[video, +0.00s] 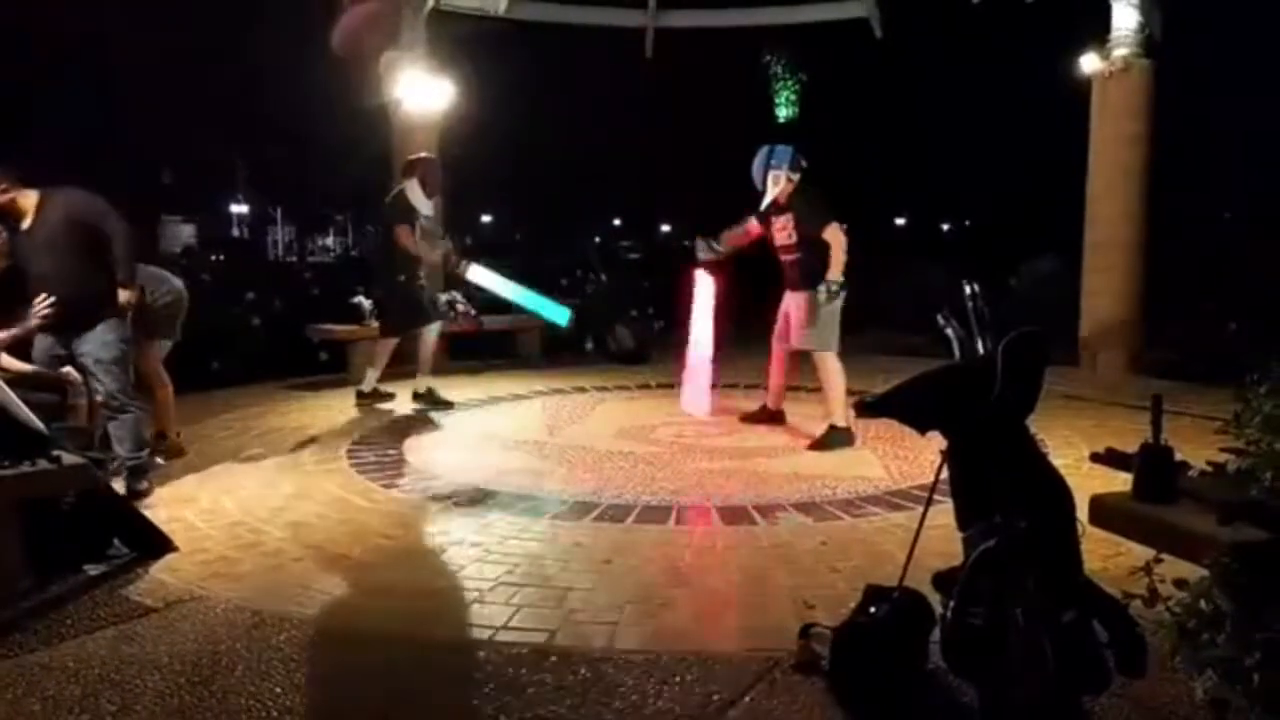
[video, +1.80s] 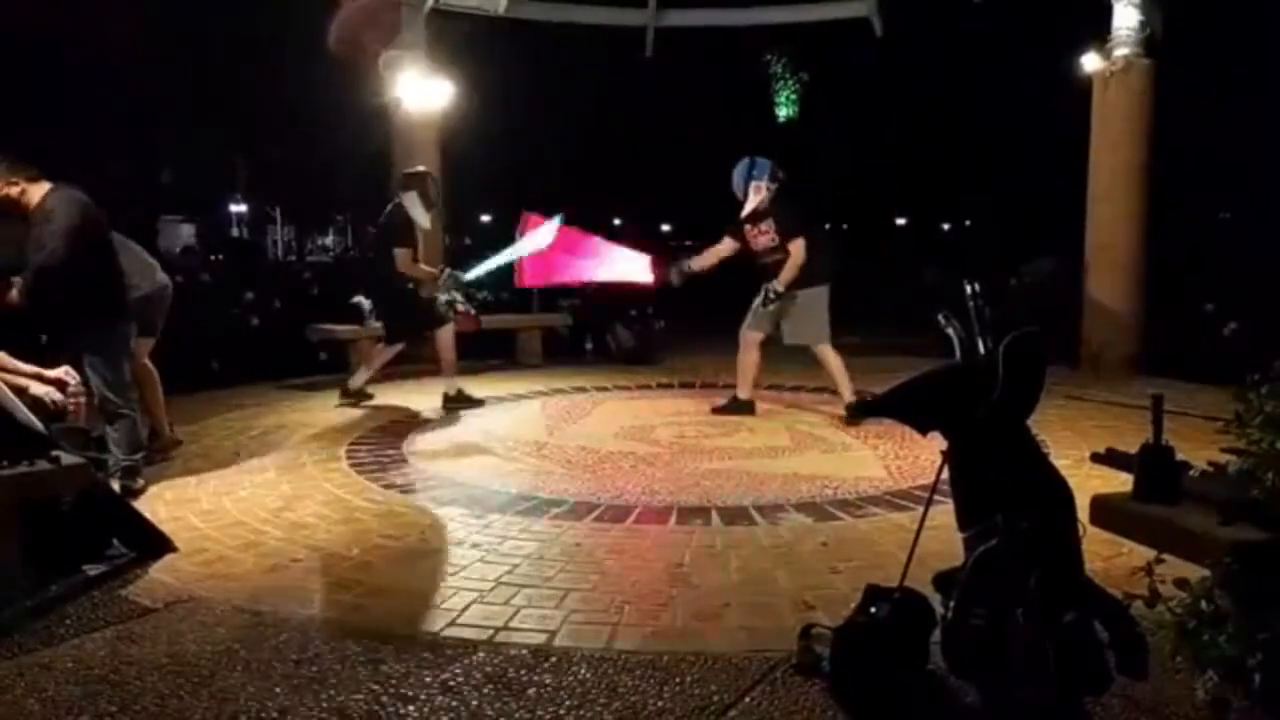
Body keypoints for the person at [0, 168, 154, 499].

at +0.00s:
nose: (2, 211)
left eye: (1, 203)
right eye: (1, 205)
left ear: (9, 192)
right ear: (7, 194)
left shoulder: (68, 204)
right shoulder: (15, 237)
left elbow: (119, 230)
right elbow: (23, 285)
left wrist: (125, 283)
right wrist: (28, 322)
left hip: (98, 320)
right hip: (50, 329)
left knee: (114, 396)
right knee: (44, 401)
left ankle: (134, 471)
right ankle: (55, 477)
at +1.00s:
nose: (5, 200)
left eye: (4, 193)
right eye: (2, 195)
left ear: (16, 182)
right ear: (8, 189)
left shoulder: (72, 198)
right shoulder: (15, 223)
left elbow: (116, 225)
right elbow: (15, 272)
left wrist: (84, 259)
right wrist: (17, 296)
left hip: (91, 314)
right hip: (47, 321)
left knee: (106, 396)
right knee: (42, 399)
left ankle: (126, 471)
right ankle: (60, 472)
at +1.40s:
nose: (29, 195)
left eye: (29, 185)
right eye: (24, 189)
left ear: (48, 174)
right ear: (44, 179)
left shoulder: (96, 201)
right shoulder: (60, 210)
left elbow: (85, 242)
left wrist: (32, 247)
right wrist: (24, 262)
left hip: (109, 311)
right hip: (73, 311)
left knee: (115, 395)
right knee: (62, 388)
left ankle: (127, 470)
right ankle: (75, 466)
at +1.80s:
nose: (8, 204)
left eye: (6, 197)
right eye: (5, 198)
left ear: (15, 186)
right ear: (18, 184)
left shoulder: (64, 208)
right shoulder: (46, 212)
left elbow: (52, 265)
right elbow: (45, 262)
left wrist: (25, 289)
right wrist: (25, 285)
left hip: (103, 313)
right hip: (79, 313)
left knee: (113, 395)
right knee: (87, 395)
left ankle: (127, 470)